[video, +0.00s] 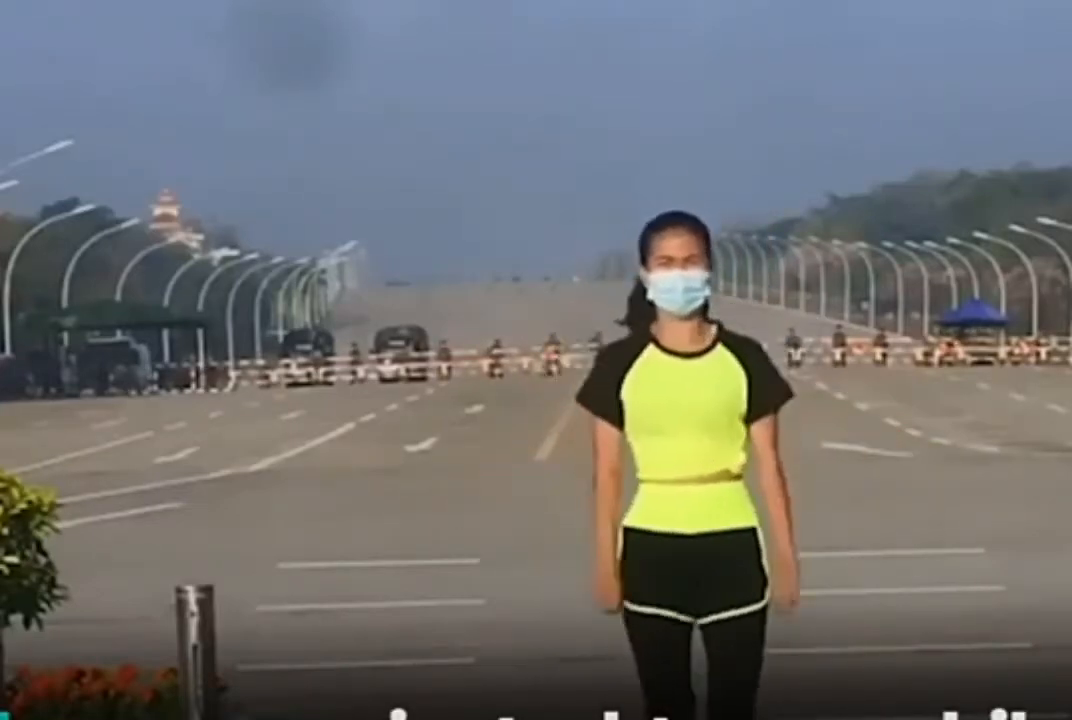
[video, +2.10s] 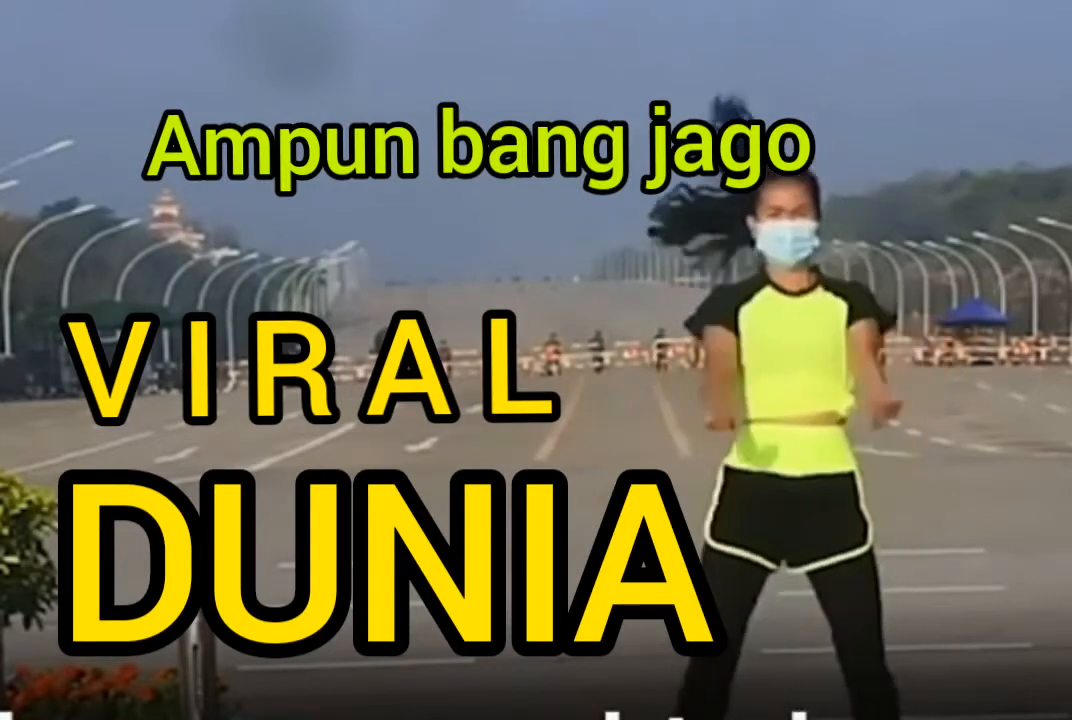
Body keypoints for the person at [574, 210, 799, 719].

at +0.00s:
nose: (682, 275)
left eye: (694, 262)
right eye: (667, 263)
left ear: (710, 272)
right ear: (645, 274)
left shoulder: (745, 357)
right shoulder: (619, 362)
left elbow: (768, 466)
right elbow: (609, 472)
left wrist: (786, 559)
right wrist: (606, 564)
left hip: (732, 550)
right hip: (650, 553)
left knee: (733, 707)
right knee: (667, 708)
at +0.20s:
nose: (690, 229)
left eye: (702, 216)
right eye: (676, 218)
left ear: (721, 224)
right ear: (657, 228)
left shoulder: (760, 307)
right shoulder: (631, 316)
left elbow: (778, 411)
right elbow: (631, 427)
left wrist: (806, 495)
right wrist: (630, 519)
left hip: (754, 500)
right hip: (670, 504)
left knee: (755, 668)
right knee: (680, 672)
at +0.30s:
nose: (707, 225)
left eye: (719, 212)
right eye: (692, 213)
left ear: (737, 218)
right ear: (671, 223)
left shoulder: (774, 295)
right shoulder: (651, 302)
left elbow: (793, 365)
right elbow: (649, 370)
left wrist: (822, 406)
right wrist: (652, 425)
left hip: (767, 486)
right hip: (685, 490)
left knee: (799, 653)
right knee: (682, 662)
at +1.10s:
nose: (789, 196)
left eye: (799, 183)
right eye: (773, 184)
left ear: (817, 194)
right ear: (751, 199)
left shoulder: (858, 274)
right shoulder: (730, 282)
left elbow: (881, 358)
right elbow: (716, 377)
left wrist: (900, 429)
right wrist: (726, 463)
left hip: (843, 461)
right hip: (758, 465)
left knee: (867, 631)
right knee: (749, 636)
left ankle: (889, 717)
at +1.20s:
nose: (793, 214)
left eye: (804, 202)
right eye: (779, 203)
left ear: (822, 210)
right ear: (757, 211)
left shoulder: (861, 287)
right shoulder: (739, 288)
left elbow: (919, 360)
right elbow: (688, 379)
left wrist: (884, 437)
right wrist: (746, 444)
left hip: (847, 483)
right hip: (764, 486)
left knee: (873, 650)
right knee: (759, 656)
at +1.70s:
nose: (815, 248)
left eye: (827, 235)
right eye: (801, 237)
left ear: (846, 246)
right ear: (781, 250)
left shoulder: (879, 316)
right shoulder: (759, 324)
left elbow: (953, 351)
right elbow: (683, 372)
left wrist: (882, 377)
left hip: (866, 510)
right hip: (785, 512)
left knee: (893, 677)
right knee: (764, 675)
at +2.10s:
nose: (789, 226)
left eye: (801, 214)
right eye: (775, 214)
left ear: (818, 223)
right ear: (754, 225)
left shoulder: (852, 301)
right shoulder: (728, 306)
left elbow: (866, 365)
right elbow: (719, 408)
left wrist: (880, 399)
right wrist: (727, 407)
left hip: (830, 494)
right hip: (750, 495)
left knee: (865, 663)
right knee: (712, 657)